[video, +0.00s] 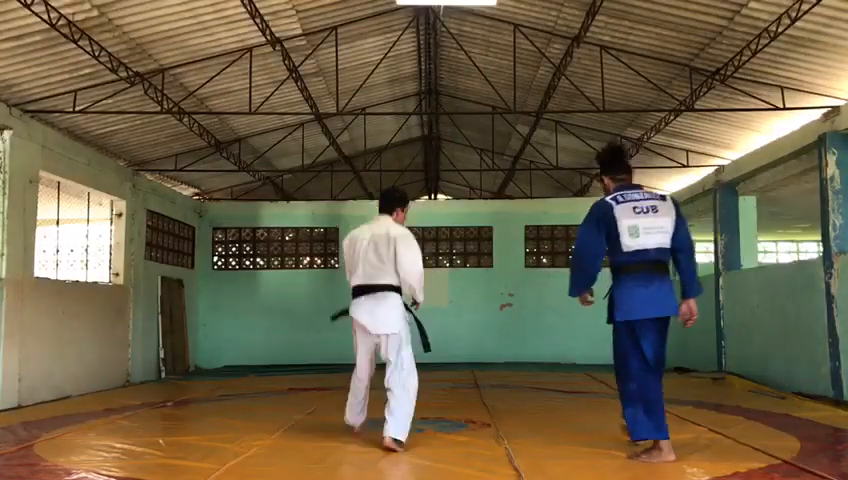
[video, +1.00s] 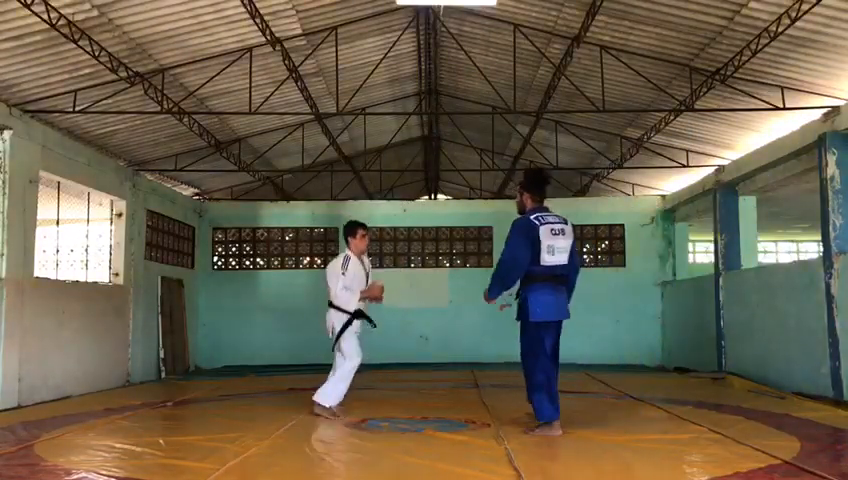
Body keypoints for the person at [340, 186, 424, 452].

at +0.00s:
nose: (406, 216)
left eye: (406, 212)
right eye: (406, 212)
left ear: (379, 210)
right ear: (399, 211)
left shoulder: (354, 236)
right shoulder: (400, 234)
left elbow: (350, 271)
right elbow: (411, 273)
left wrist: (361, 290)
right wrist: (416, 297)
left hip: (360, 304)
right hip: (389, 304)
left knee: (362, 365)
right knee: (401, 369)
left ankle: (354, 418)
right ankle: (394, 433)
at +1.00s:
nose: (367, 241)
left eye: (367, 237)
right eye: (363, 237)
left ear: (363, 240)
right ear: (351, 240)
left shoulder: (365, 262)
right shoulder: (338, 265)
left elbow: (357, 289)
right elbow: (337, 295)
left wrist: (371, 293)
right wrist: (365, 294)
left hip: (354, 315)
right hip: (339, 316)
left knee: (343, 360)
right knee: (353, 357)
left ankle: (330, 401)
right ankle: (323, 400)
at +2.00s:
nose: (383, 244)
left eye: (384, 240)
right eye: (379, 240)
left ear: (381, 243)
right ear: (367, 244)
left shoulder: (385, 261)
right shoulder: (361, 267)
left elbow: (406, 270)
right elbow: (376, 292)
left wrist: (418, 265)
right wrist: (404, 295)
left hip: (379, 316)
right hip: (365, 317)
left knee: (387, 355)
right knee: (387, 355)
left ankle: (368, 386)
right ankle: (377, 407)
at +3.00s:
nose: (368, 226)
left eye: (368, 222)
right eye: (364, 222)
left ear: (360, 224)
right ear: (352, 224)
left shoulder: (367, 246)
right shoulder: (345, 247)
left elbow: (385, 270)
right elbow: (349, 274)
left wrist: (407, 276)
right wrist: (371, 267)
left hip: (365, 301)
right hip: (351, 302)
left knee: (369, 349)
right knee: (362, 351)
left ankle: (362, 395)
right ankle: (350, 401)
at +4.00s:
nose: (340, 235)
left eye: (341, 230)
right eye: (337, 230)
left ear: (325, 231)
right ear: (326, 230)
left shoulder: (317, 249)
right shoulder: (317, 248)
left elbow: (316, 282)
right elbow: (320, 278)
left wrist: (334, 295)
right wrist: (335, 294)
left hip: (302, 303)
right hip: (312, 304)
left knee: (299, 355)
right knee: (336, 348)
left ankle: (286, 404)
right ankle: (330, 397)